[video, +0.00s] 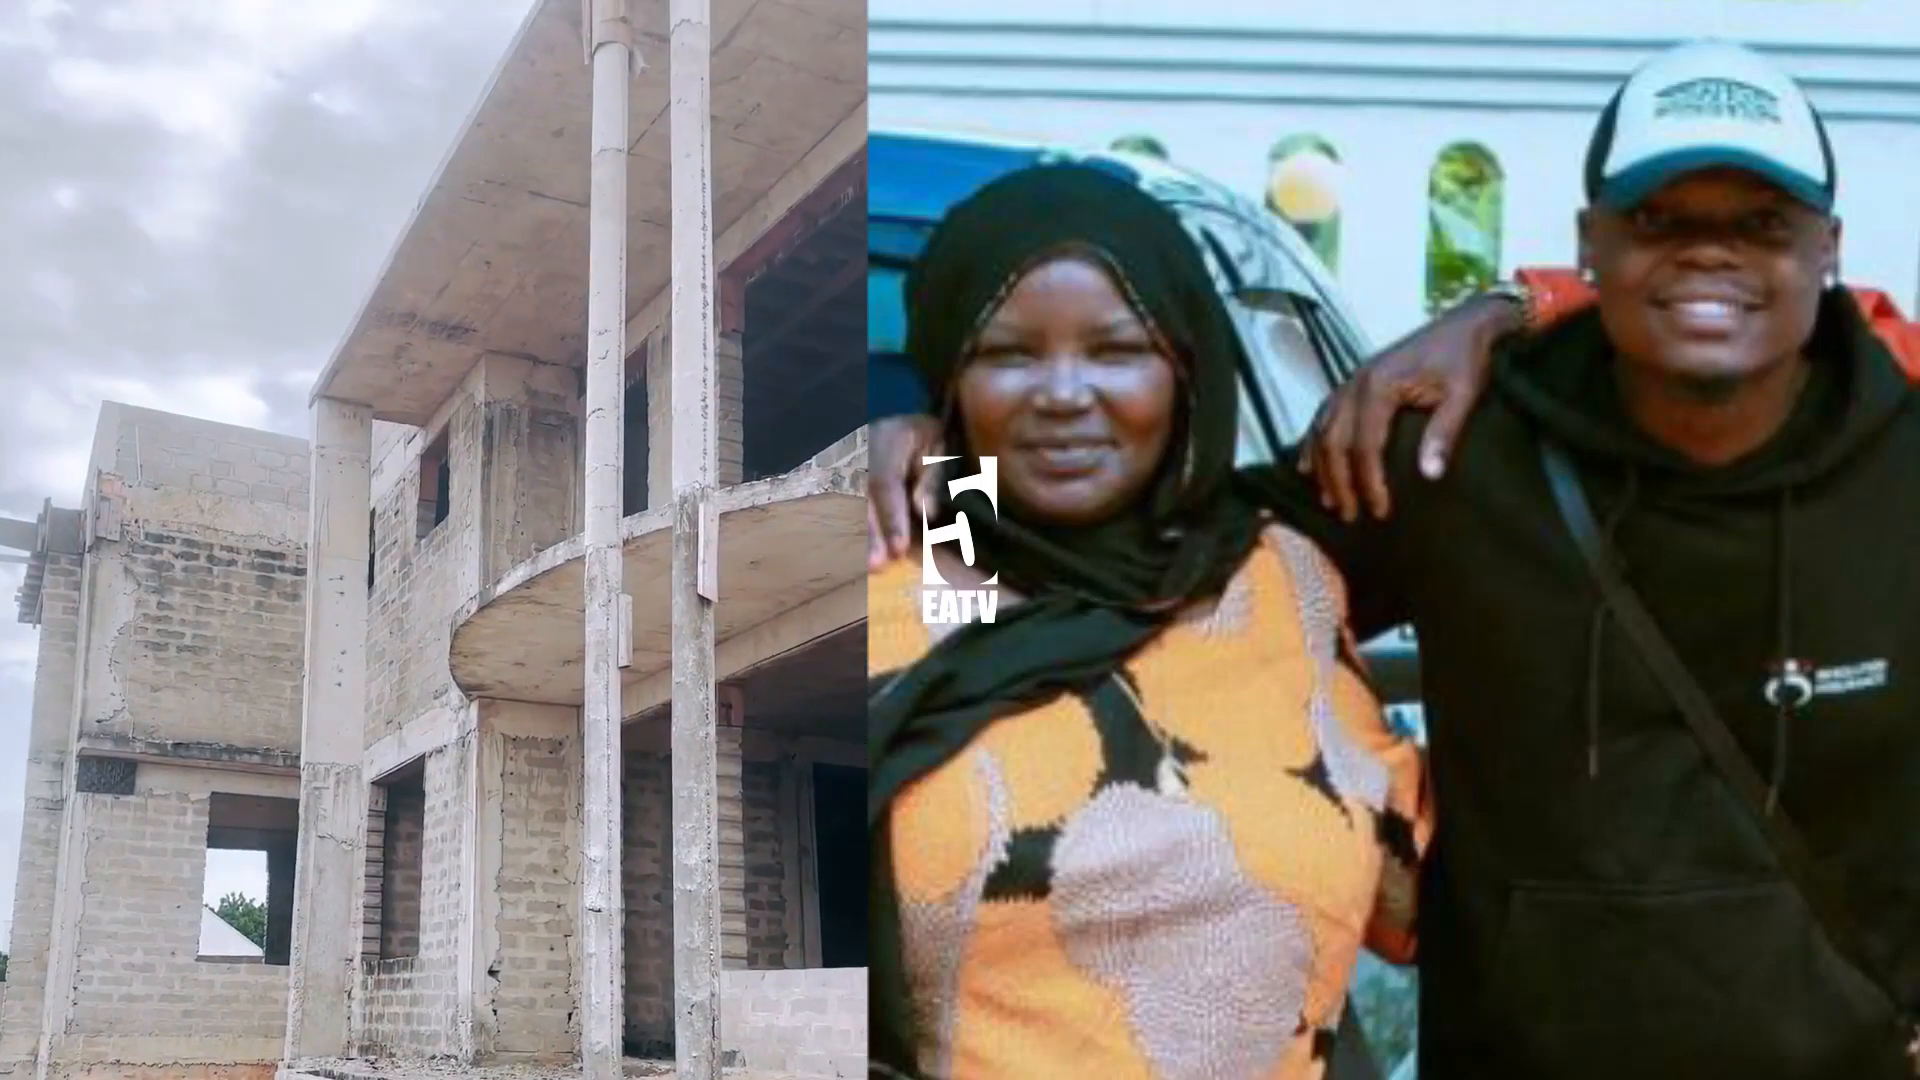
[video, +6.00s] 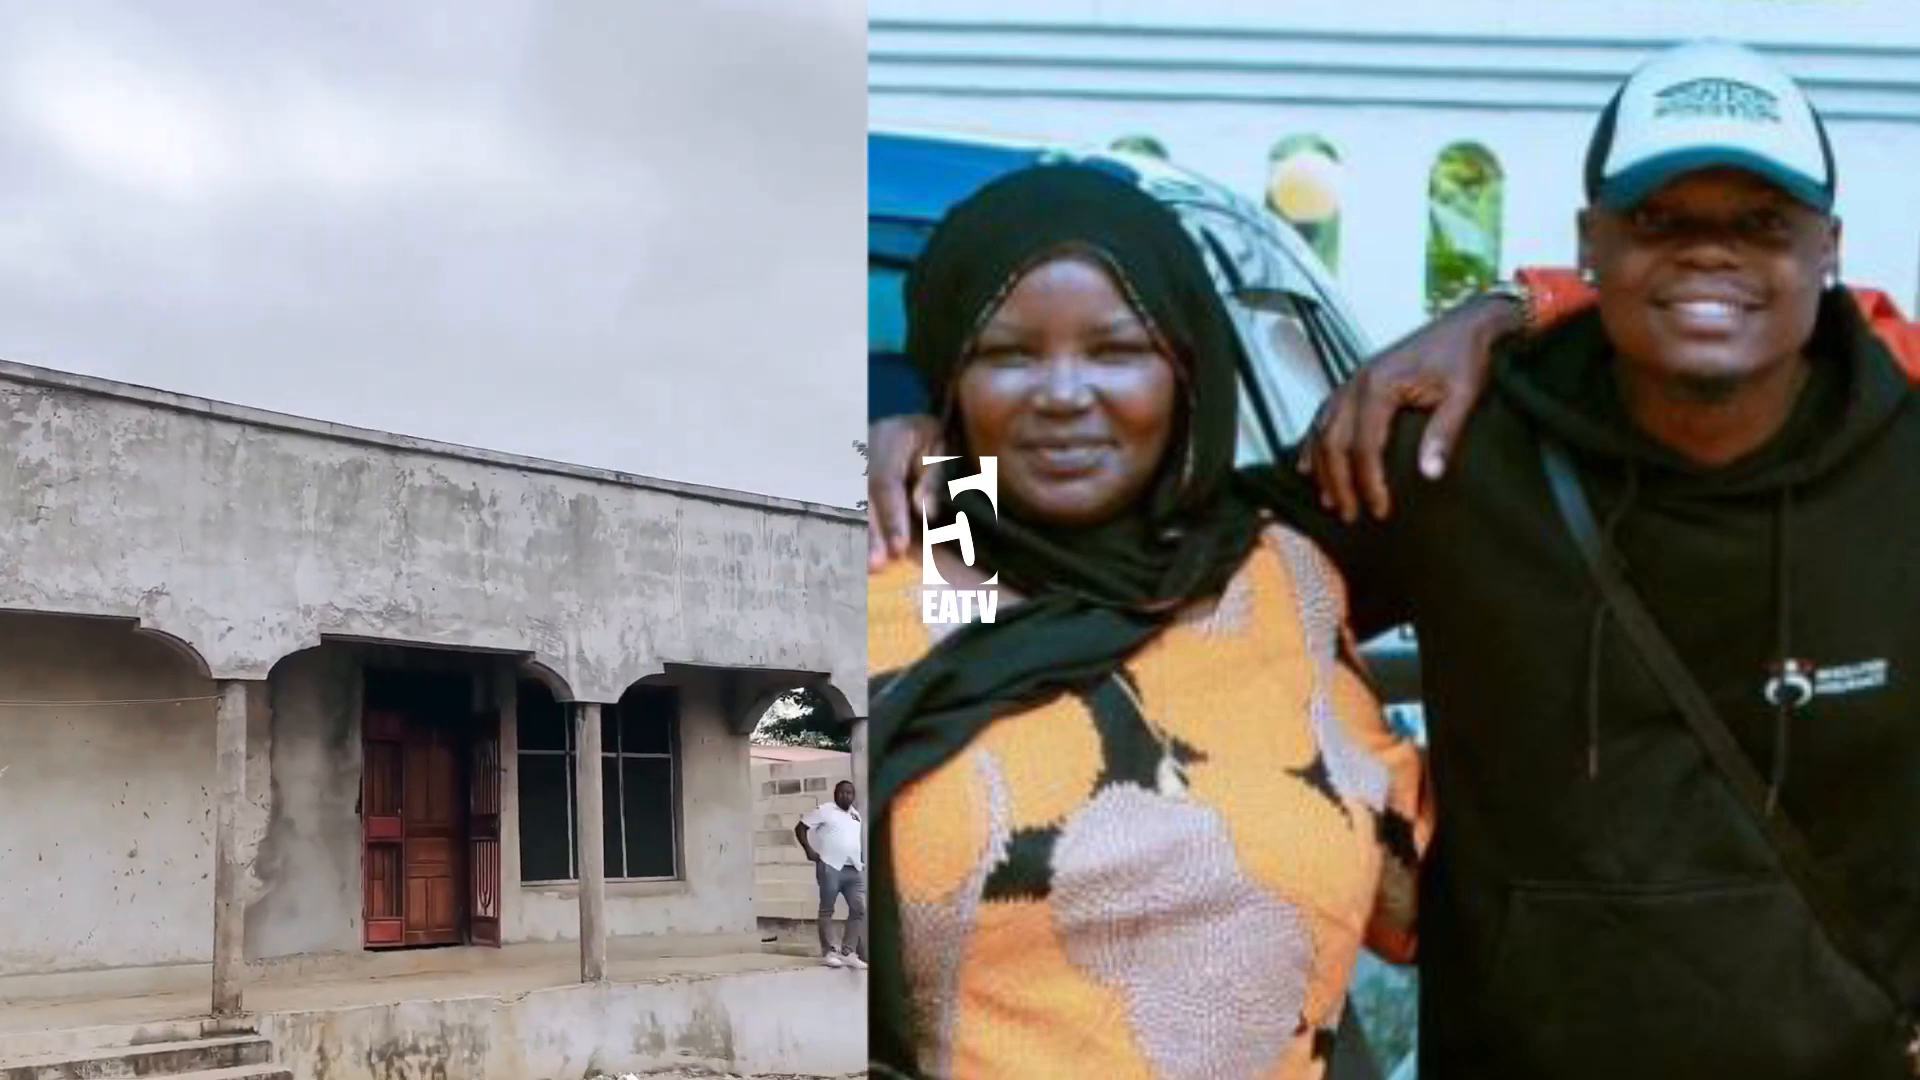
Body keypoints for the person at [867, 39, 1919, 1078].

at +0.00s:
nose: (1706, 251)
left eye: (1756, 219)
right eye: (1664, 215)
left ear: (1825, 250)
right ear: (1595, 242)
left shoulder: (1899, 444)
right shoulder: (1462, 448)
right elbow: (1178, 559)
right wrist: (962, 466)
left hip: (1848, 1038)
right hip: (1535, 1046)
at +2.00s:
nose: (1707, 251)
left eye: (1757, 218)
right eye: (1664, 214)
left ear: (1826, 249)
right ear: (1595, 241)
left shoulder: (1899, 445)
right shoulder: (1462, 448)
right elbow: (1174, 559)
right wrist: (958, 463)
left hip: (1849, 1039)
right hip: (1534, 1046)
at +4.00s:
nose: (1706, 251)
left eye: (1757, 219)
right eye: (1664, 215)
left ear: (1826, 250)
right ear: (1595, 242)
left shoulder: (1899, 445)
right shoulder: (1463, 447)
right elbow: (1175, 557)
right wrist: (956, 462)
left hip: (1849, 1037)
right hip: (1535, 1044)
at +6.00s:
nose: (1707, 251)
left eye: (1757, 219)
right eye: (1664, 215)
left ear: (1825, 250)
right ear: (1595, 242)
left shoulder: (1898, 445)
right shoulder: (1464, 447)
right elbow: (1176, 557)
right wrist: (961, 457)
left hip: (1849, 1038)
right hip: (1536, 1044)